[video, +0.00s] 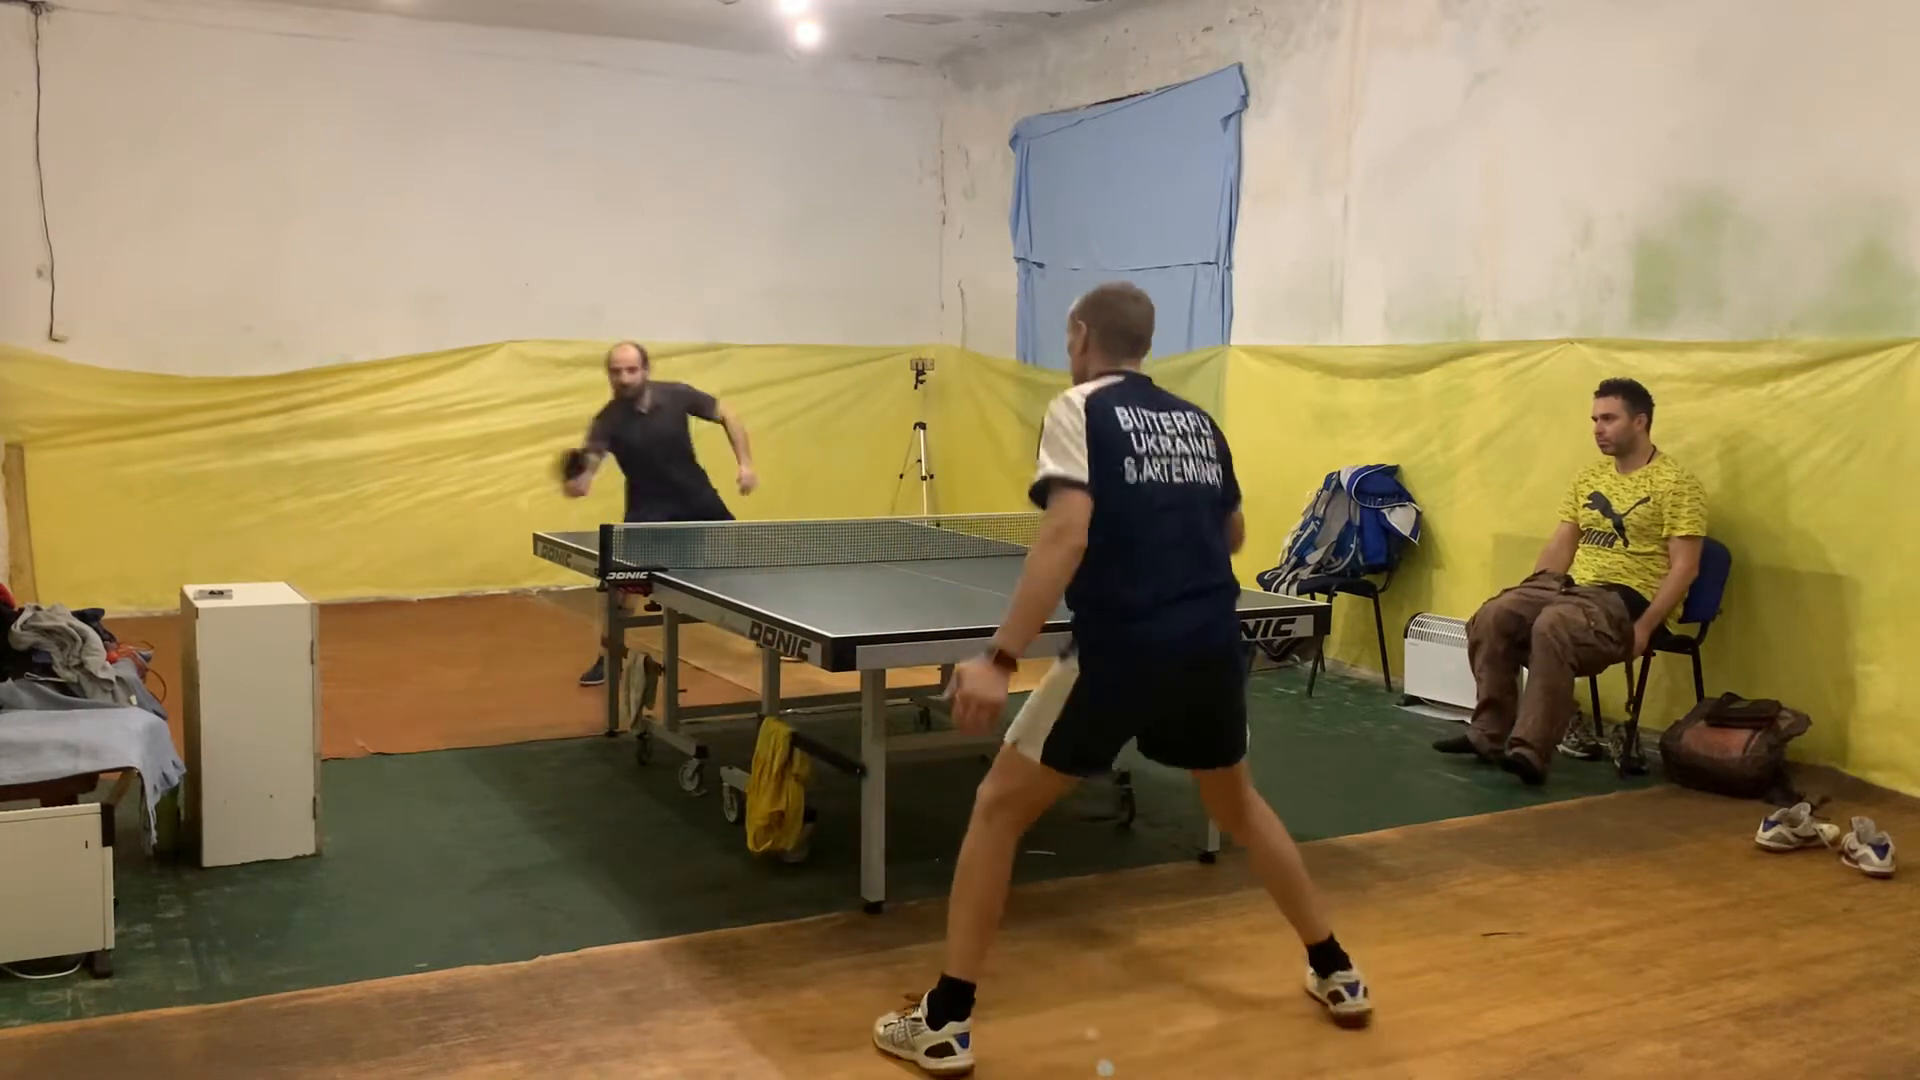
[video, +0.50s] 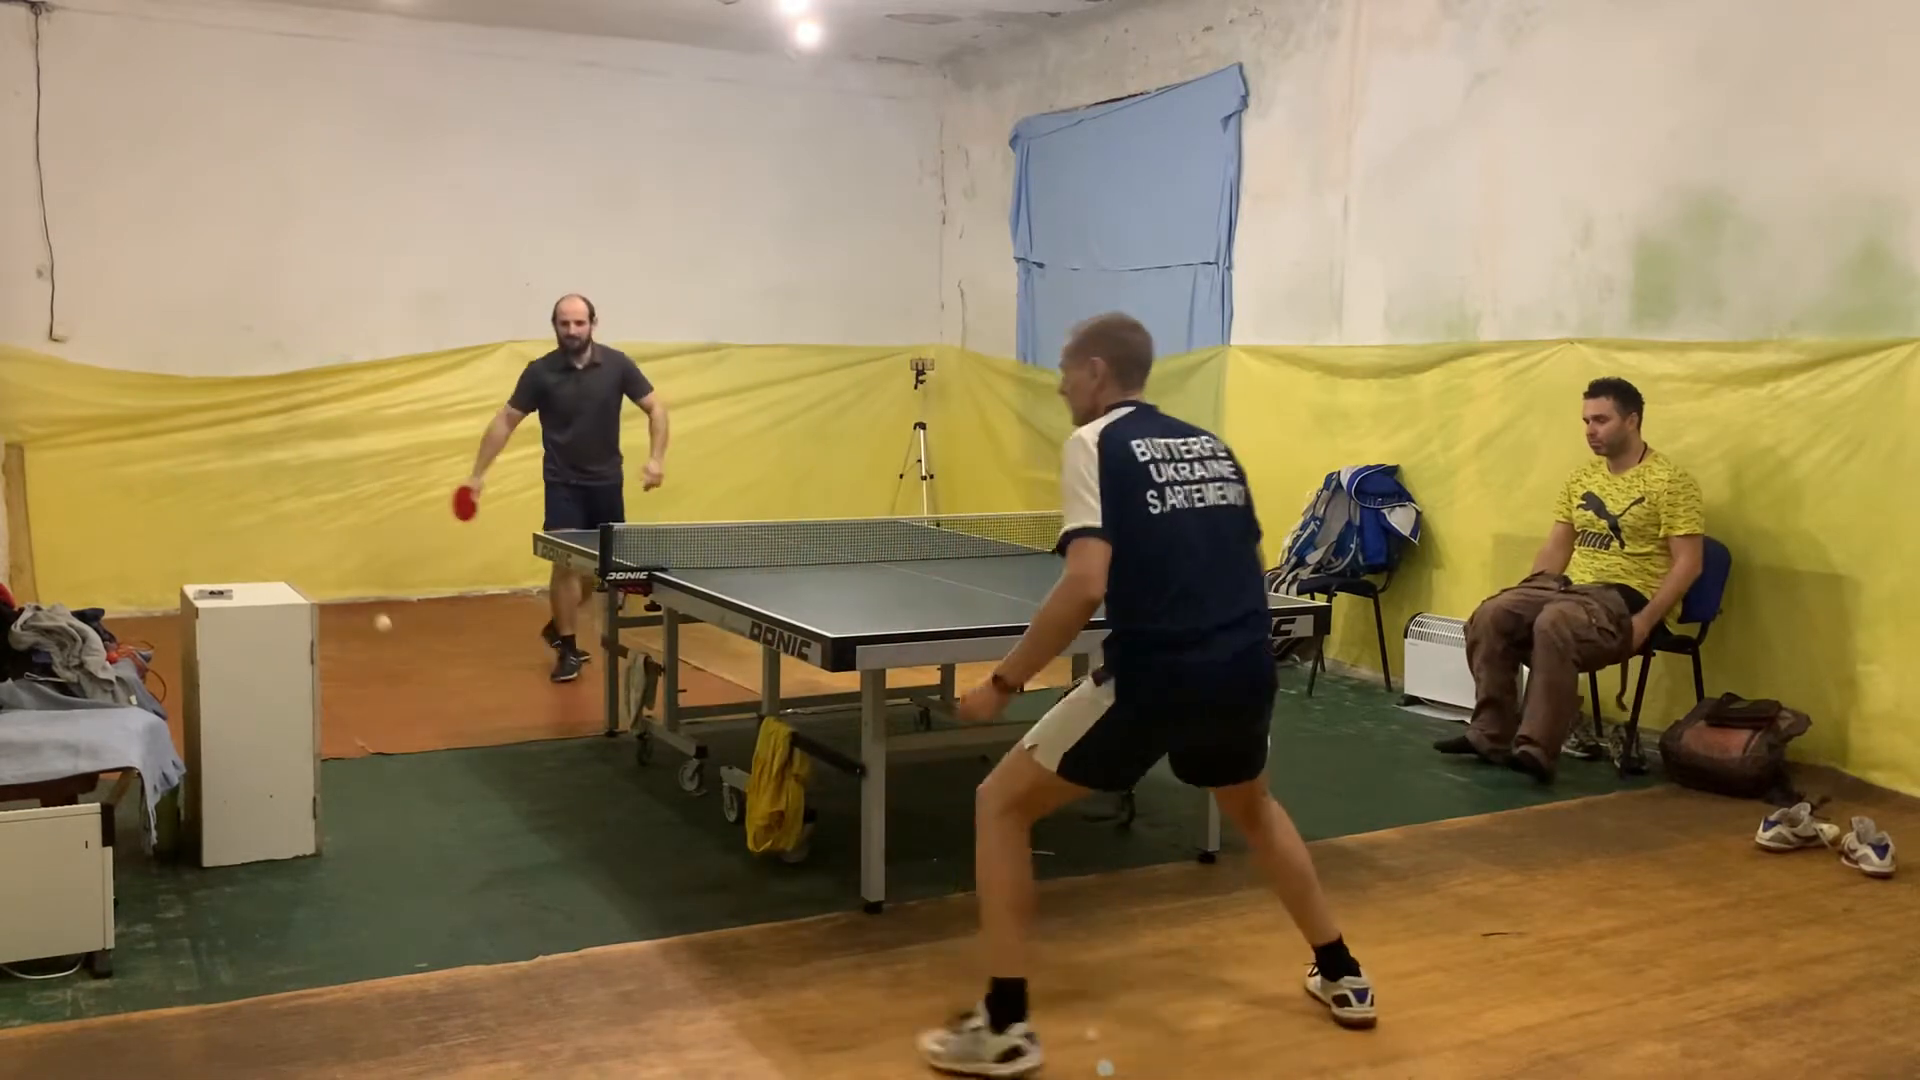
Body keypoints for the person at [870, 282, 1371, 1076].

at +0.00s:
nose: (1066, 350)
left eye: (1069, 337)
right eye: (1070, 337)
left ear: (1082, 338)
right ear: (1146, 349)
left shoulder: (1077, 410)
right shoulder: (1200, 421)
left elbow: (1066, 533)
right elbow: (1231, 536)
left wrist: (999, 657)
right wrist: (1155, 574)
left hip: (1111, 659)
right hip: (1210, 653)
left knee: (999, 809)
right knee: (1239, 803)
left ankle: (946, 1016)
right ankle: (1336, 969)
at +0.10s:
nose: (1083, 369)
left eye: (1085, 357)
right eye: (1088, 357)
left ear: (1098, 357)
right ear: (1161, 364)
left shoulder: (1085, 425)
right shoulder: (1214, 438)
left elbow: (1062, 556)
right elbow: (1249, 560)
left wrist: (990, 679)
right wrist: (1166, 554)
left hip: (1120, 677)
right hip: (1220, 672)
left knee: (998, 810)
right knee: (1244, 806)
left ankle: (945, 1018)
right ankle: (1341, 973)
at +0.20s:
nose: (1104, 378)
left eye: (1106, 366)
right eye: (1108, 365)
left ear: (1121, 365)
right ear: (1183, 375)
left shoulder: (1096, 431)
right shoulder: (1234, 449)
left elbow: (1059, 567)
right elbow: (1264, 583)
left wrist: (1000, 667)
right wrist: (1189, 601)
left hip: (1123, 682)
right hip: (1228, 679)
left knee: (1004, 814)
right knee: (1262, 804)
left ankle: (946, 1017)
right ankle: (1343, 973)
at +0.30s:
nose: (1110, 383)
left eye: (1112, 370)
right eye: (1112, 370)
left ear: (1131, 368)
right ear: (1189, 377)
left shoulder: (1104, 434)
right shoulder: (1243, 451)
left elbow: (1063, 570)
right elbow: (1280, 595)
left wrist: (1016, 652)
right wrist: (1213, 603)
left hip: (1132, 680)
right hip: (1235, 678)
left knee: (1011, 814)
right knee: (1263, 804)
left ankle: (945, 1017)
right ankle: (1343, 974)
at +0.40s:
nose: (1096, 383)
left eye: (1099, 369)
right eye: (1097, 369)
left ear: (1122, 366)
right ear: (1171, 372)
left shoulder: (1105, 432)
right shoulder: (1236, 443)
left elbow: (1082, 571)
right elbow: (1278, 588)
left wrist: (1020, 653)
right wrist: (1230, 638)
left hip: (1146, 673)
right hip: (1245, 668)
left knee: (1015, 808)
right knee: (1260, 803)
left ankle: (950, 1017)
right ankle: (1342, 974)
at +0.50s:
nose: (1062, 385)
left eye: (1067, 370)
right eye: (1063, 370)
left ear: (1097, 372)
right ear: (1136, 378)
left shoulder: (1094, 444)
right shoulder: (1209, 444)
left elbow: (1086, 581)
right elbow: (1251, 564)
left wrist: (1002, 681)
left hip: (1148, 681)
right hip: (1242, 674)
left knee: (1002, 802)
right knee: (1252, 801)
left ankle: (1004, 1019)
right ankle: (1341, 970)